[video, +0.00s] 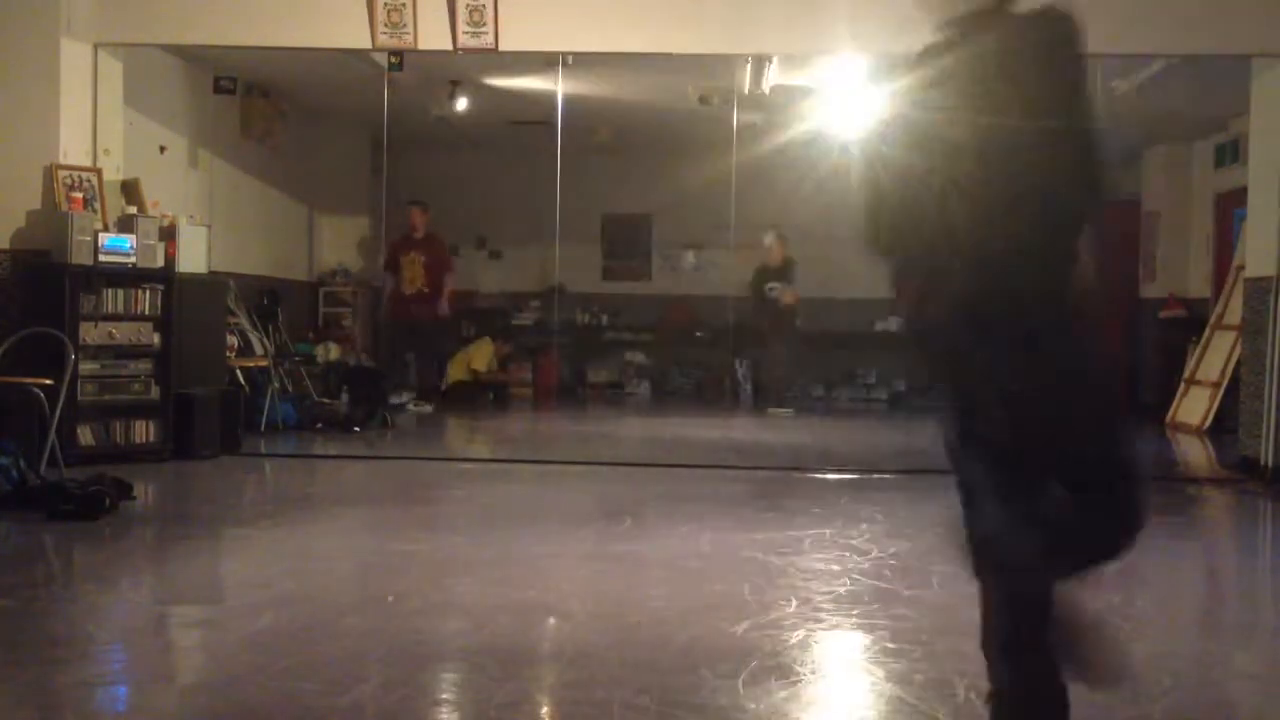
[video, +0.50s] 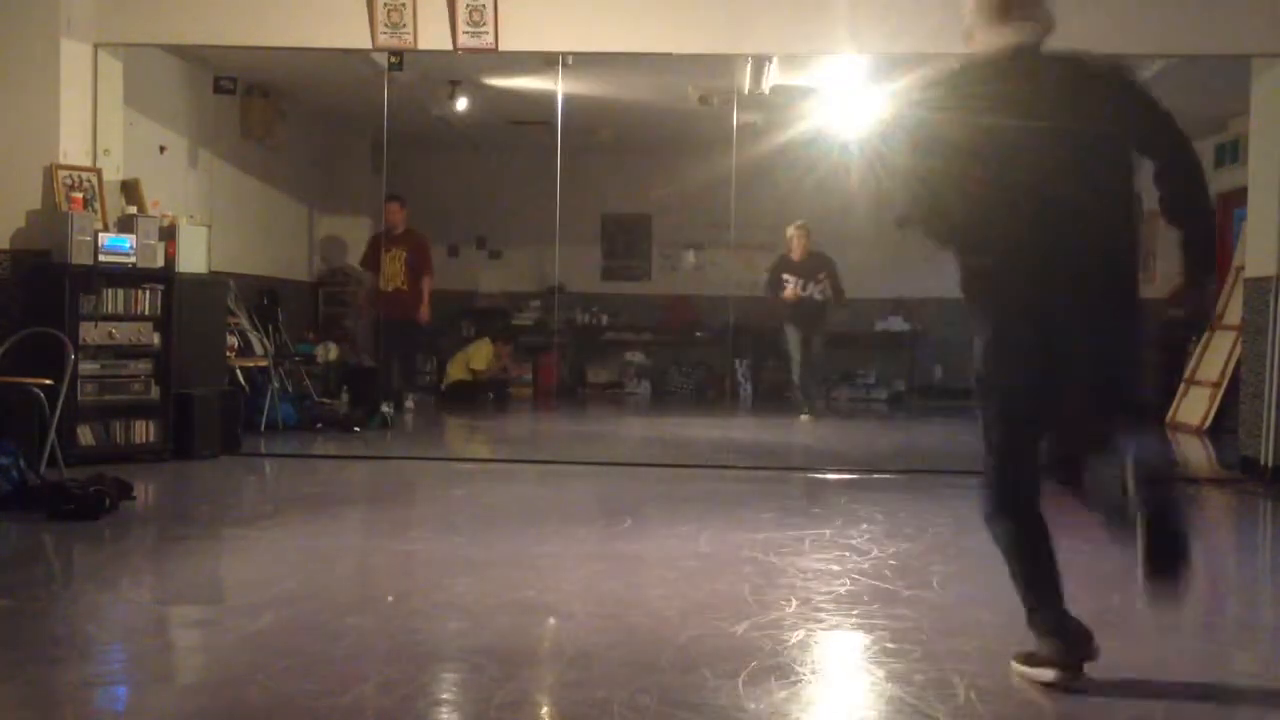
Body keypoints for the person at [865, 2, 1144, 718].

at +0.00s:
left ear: (952, 17)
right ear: (1017, 7)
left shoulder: (919, 83)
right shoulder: (1046, 42)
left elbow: (886, 225)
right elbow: (1078, 190)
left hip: (952, 321)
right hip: (1042, 316)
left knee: (1000, 511)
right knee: (1113, 510)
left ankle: (1027, 698)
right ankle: (1020, 562)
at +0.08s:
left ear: (981, 9)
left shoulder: (937, 64)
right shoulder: (1079, 23)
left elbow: (899, 192)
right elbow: (1116, 152)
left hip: (988, 320)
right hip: (1091, 314)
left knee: (1012, 494)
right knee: (1127, 481)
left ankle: (1039, 680)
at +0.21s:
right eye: (1098, 20)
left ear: (1028, 10)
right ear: (1092, 7)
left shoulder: (970, 69)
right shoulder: (1112, 50)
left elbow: (895, 170)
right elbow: (1151, 163)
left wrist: (928, 285)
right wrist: (1204, 205)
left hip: (1001, 302)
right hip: (1101, 299)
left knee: (1047, 435)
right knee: (1148, 488)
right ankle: (1163, 668)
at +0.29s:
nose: (1103, 21)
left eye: (1094, 13)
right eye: (1106, 13)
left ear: (1037, 15)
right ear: (1105, 16)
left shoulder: (971, 88)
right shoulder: (1123, 82)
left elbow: (882, 175)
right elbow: (1175, 202)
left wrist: (875, 293)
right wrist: (1197, 186)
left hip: (1003, 316)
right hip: (1109, 314)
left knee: (1070, 504)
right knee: (1164, 496)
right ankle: (1156, 674)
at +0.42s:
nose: (1018, 15)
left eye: (1009, 7)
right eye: (1049, 9)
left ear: (1003, 10)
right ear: (1072, 8)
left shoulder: (962, 79)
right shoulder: (1122, 64)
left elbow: (892, 155)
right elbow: (1181, 156)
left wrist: (911, 252)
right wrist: (1182, 253)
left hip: (1010, 299)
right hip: (1108, 296)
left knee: (1030, 459)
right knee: (1134, 453)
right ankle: (1163, 636)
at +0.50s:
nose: (971, 34)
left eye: (973, 23)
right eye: (982, 22)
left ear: (979, 26)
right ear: (1041, 22)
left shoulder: (952, 98)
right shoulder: (1102, 83)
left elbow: (919, 204)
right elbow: (1179, 161)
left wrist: (980, 238)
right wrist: (1201, 272)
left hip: (1012, 313)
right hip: (1103, 304)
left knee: (1008, 490)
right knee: (1077, 454)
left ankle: (1056, 639)